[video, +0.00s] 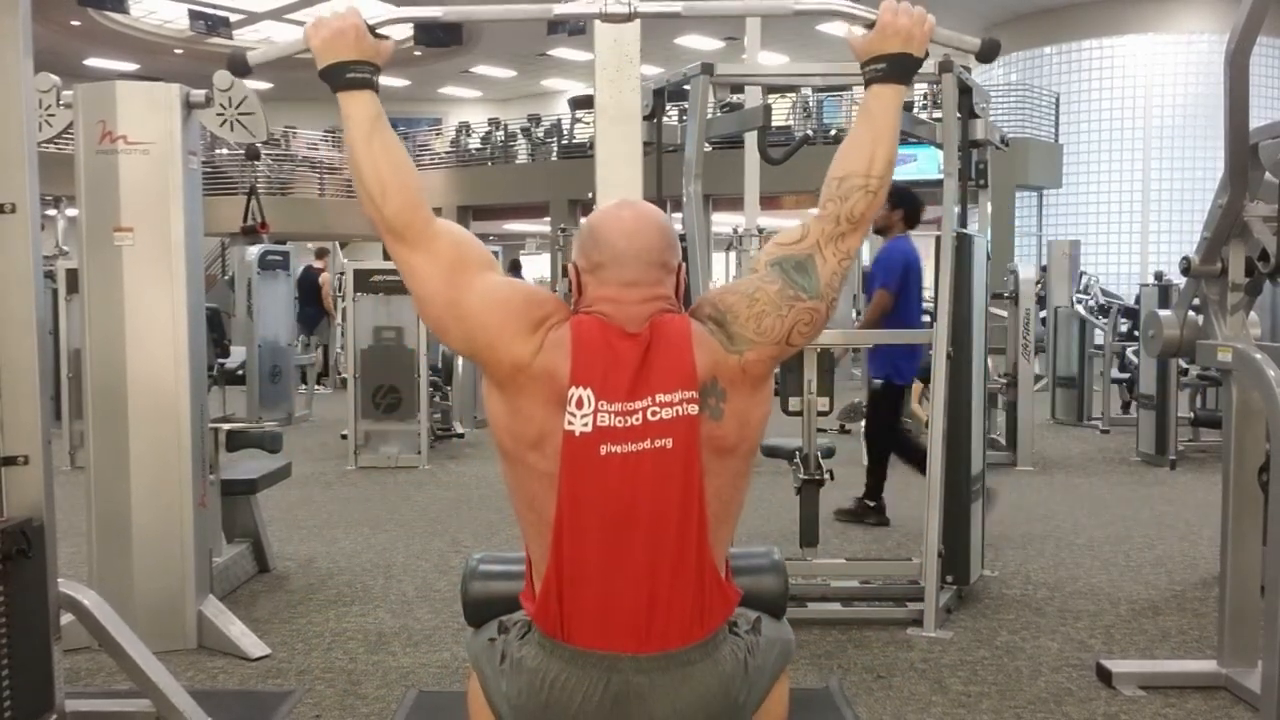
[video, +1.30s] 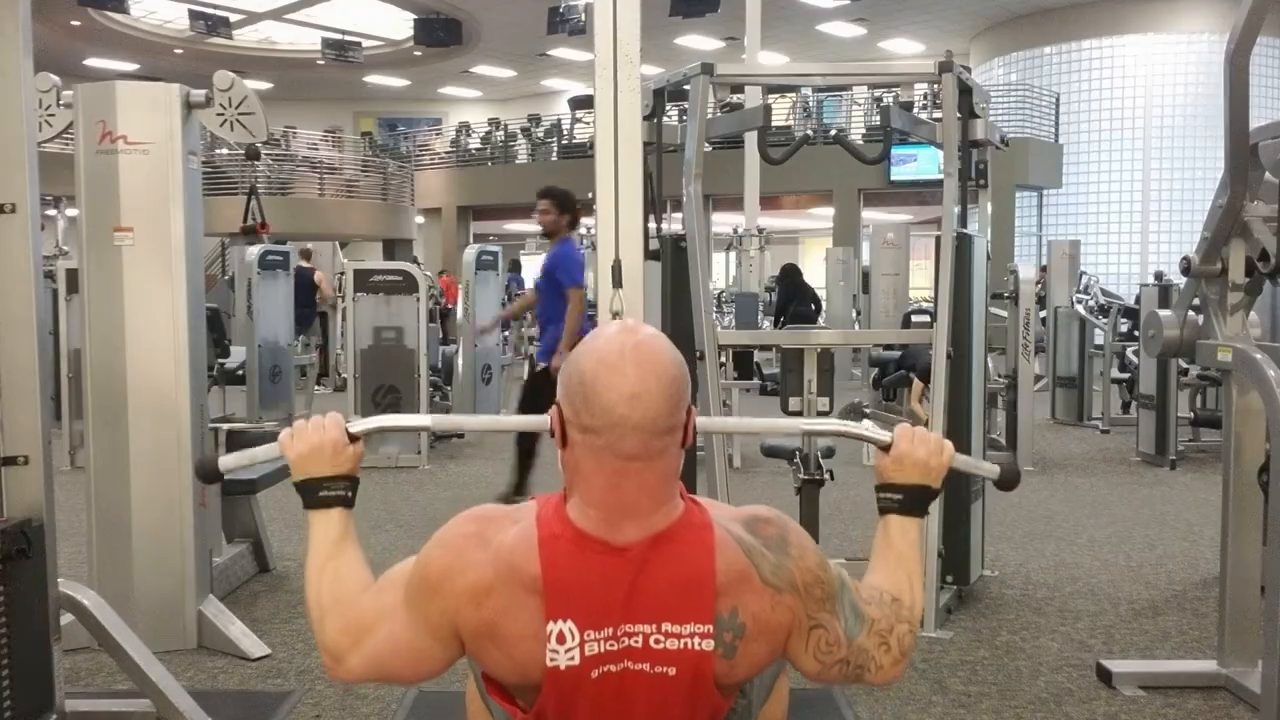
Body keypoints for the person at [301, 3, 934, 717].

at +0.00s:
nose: (574, 275)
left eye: (575, 264)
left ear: (576, 280)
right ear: (679, 278)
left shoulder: (519, 340)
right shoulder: (739, 343)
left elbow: (407, 225)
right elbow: (842, 219)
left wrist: (348, 75)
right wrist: (890, 72)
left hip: (557, 682)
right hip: (699, 683)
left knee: (489, 664)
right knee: (771, 646)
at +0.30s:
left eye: (571, 290)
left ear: (572, 309)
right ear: (683, 308)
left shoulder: (508, 383)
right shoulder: (751, 385)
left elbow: (368, 300)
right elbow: (874, 307)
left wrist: (336, 150)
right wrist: (902, 159)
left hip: (555, 688)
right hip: (704, 686)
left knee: (489, 652)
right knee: (770, 646)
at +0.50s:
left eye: (566, 331)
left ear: (567, 349)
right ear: (685, 351)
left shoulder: (500, 441)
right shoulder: (761, 439)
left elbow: (351, 403)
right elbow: (897, 414)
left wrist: (331, 252)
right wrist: (912, 268)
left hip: (549, 695)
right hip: (703, 693)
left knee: (489, 650)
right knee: (771, 646)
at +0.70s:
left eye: (565, 363)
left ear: (565, 385)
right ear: (688, 388)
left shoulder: (492, 498)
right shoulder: (758, 494)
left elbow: (338, 510)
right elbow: (901, 518)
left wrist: (326, 358)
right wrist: (911, 370)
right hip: (713, 696)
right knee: (769, 628)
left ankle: (484, 706)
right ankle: (783, 709)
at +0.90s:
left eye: (562, 385)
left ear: (564, 409)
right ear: (688, 413)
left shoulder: (486, 531)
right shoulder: (762, 530)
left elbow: (342, 598)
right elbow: (883, 609)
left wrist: (324, 447)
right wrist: (905, 460)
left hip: (531, 705)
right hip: (700, 706)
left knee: (487, 665)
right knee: (769, 638)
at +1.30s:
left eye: (560, 398)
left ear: (559, 430)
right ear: (688, 428)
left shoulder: (480, 553)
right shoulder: (764, 554)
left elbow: (350, 647)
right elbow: (875, 653)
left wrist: (325, 492)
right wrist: (907, 501)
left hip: (528, 711)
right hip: (703, 714)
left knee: (487, 666)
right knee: (770, 654)